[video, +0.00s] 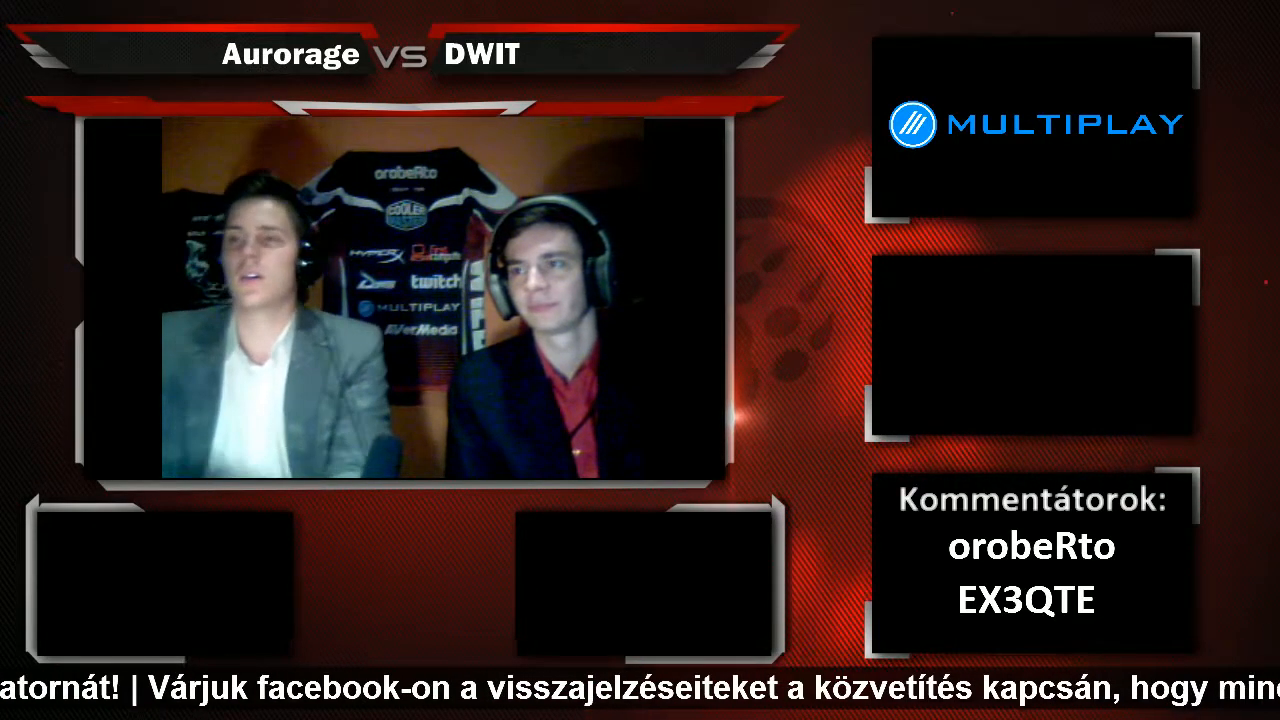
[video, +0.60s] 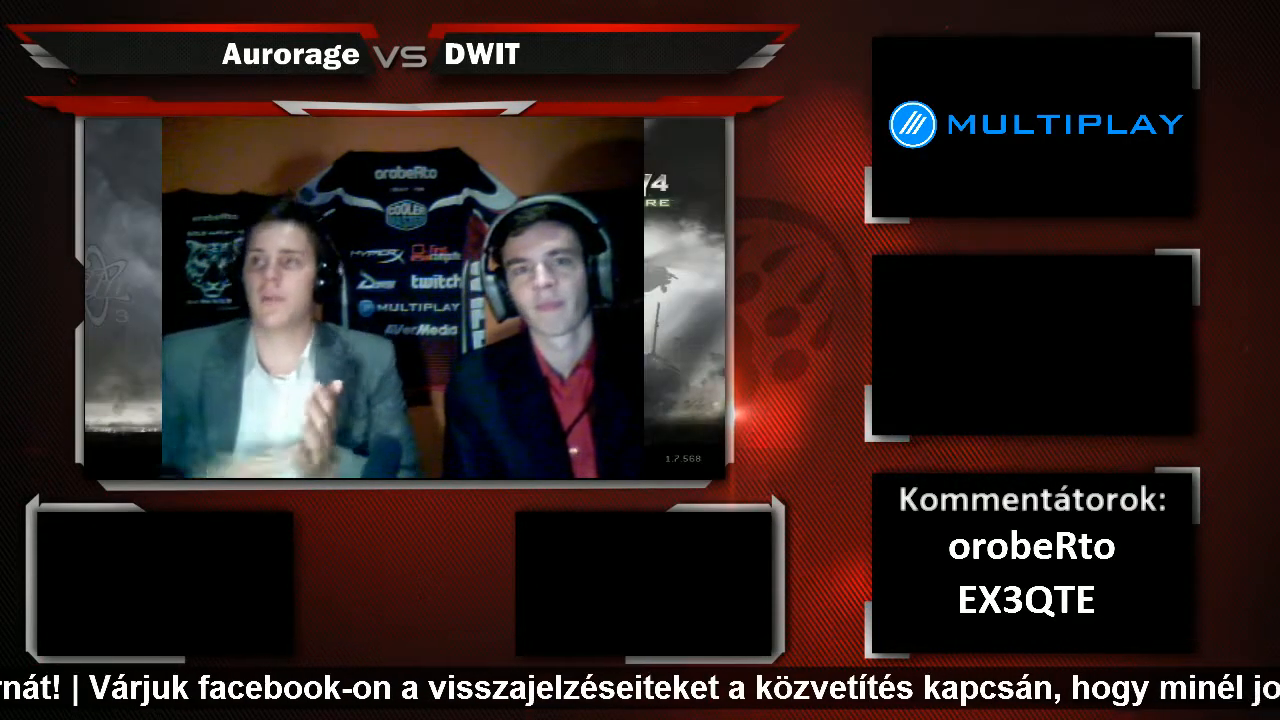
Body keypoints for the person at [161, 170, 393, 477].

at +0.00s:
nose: (248, 253)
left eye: (269, 239)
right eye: (235, 240)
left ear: (303, 254)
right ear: (220, 253)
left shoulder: (355, 347)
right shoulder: (173, 338)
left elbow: (356, 472)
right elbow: (166, 463)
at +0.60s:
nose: (269, 276)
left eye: (290, 262)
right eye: (257, 261)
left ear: (319, 278)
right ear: (243, 275)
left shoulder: (371, 359)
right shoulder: (182, 358)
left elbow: (402, 478)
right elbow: (164, 470)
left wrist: (330, 463)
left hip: (329, 532)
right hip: (218, 530)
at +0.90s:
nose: (273, 283)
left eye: (296, 268)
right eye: (263, 264)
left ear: (327, 282)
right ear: (249, 274)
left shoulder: (375, 362)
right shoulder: (185, 354)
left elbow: (406, 479)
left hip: (332, 542)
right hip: (213, 534)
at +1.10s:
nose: (266, 286)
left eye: (289, 269)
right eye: (256, 266)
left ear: (323, 283)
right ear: (242, 274)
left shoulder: (375, 362)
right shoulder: (180, 358)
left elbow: (407, 483)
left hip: (334, 545)